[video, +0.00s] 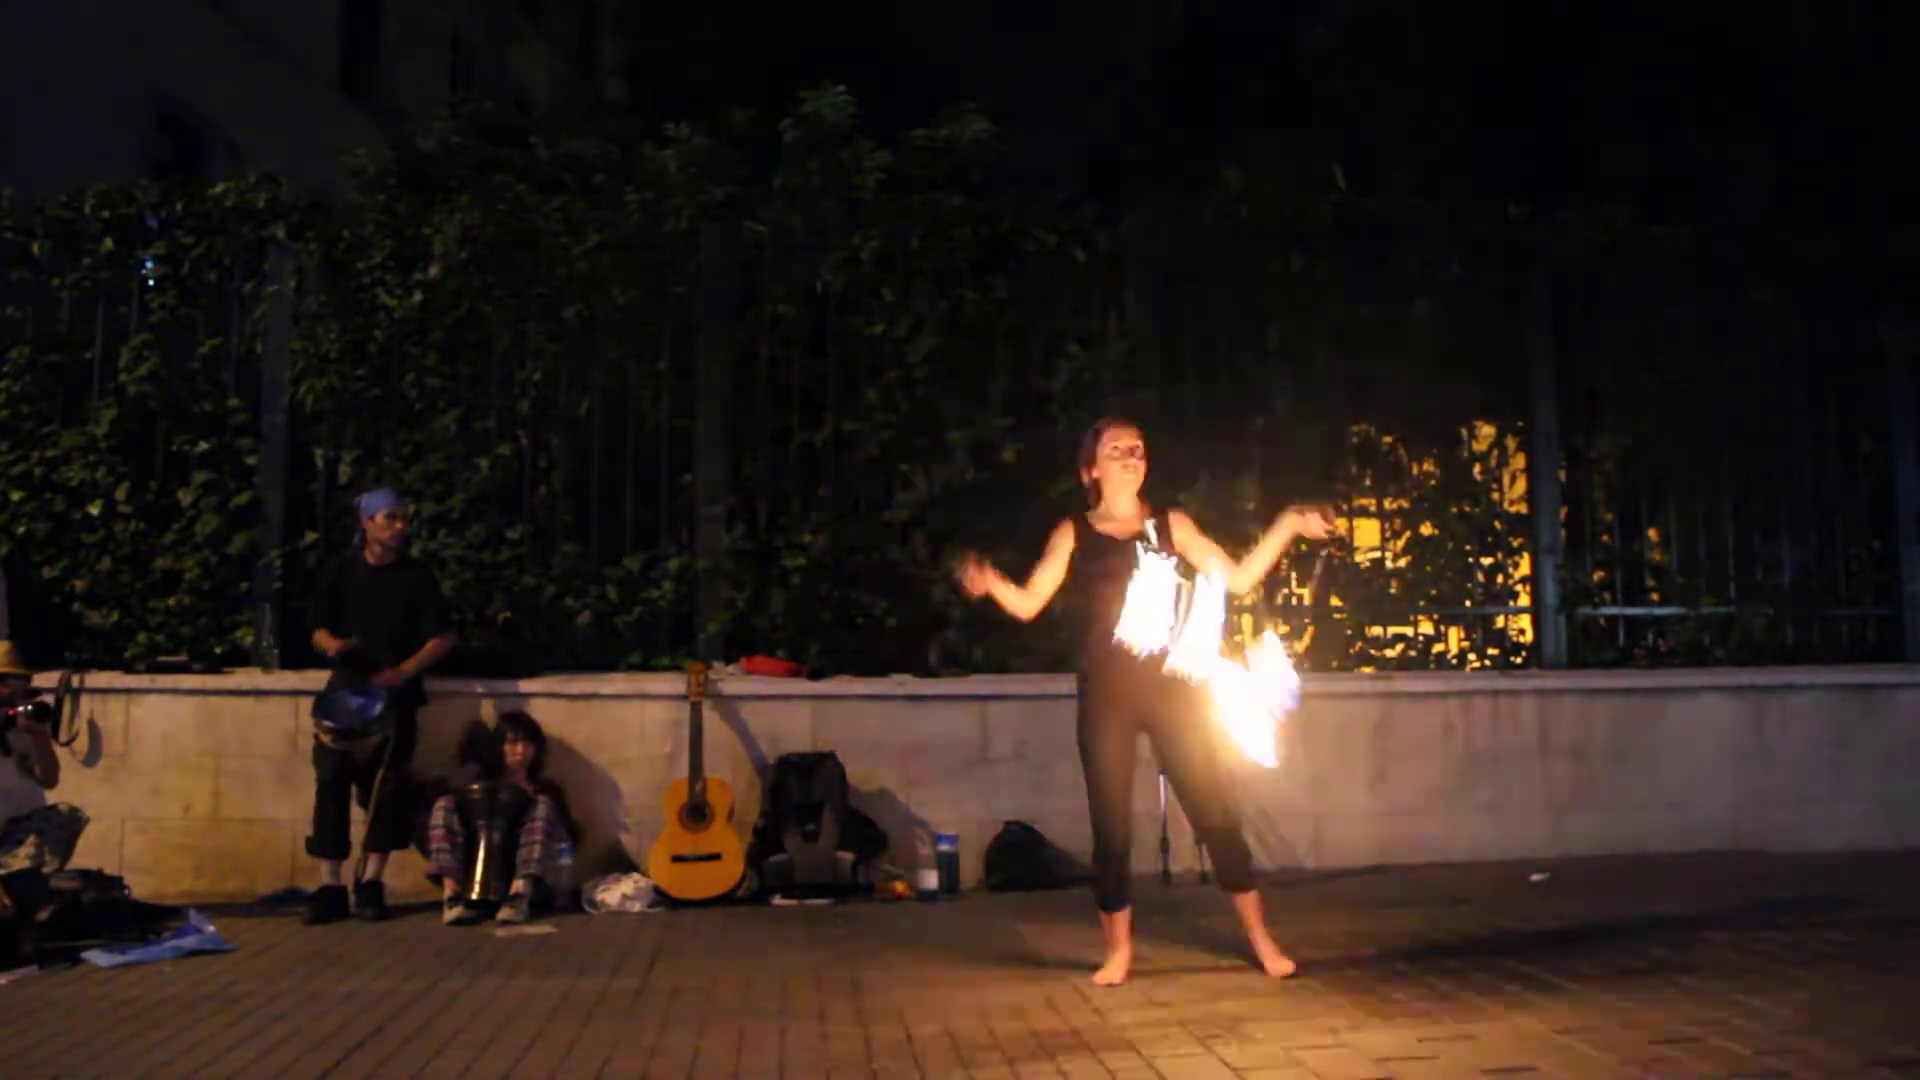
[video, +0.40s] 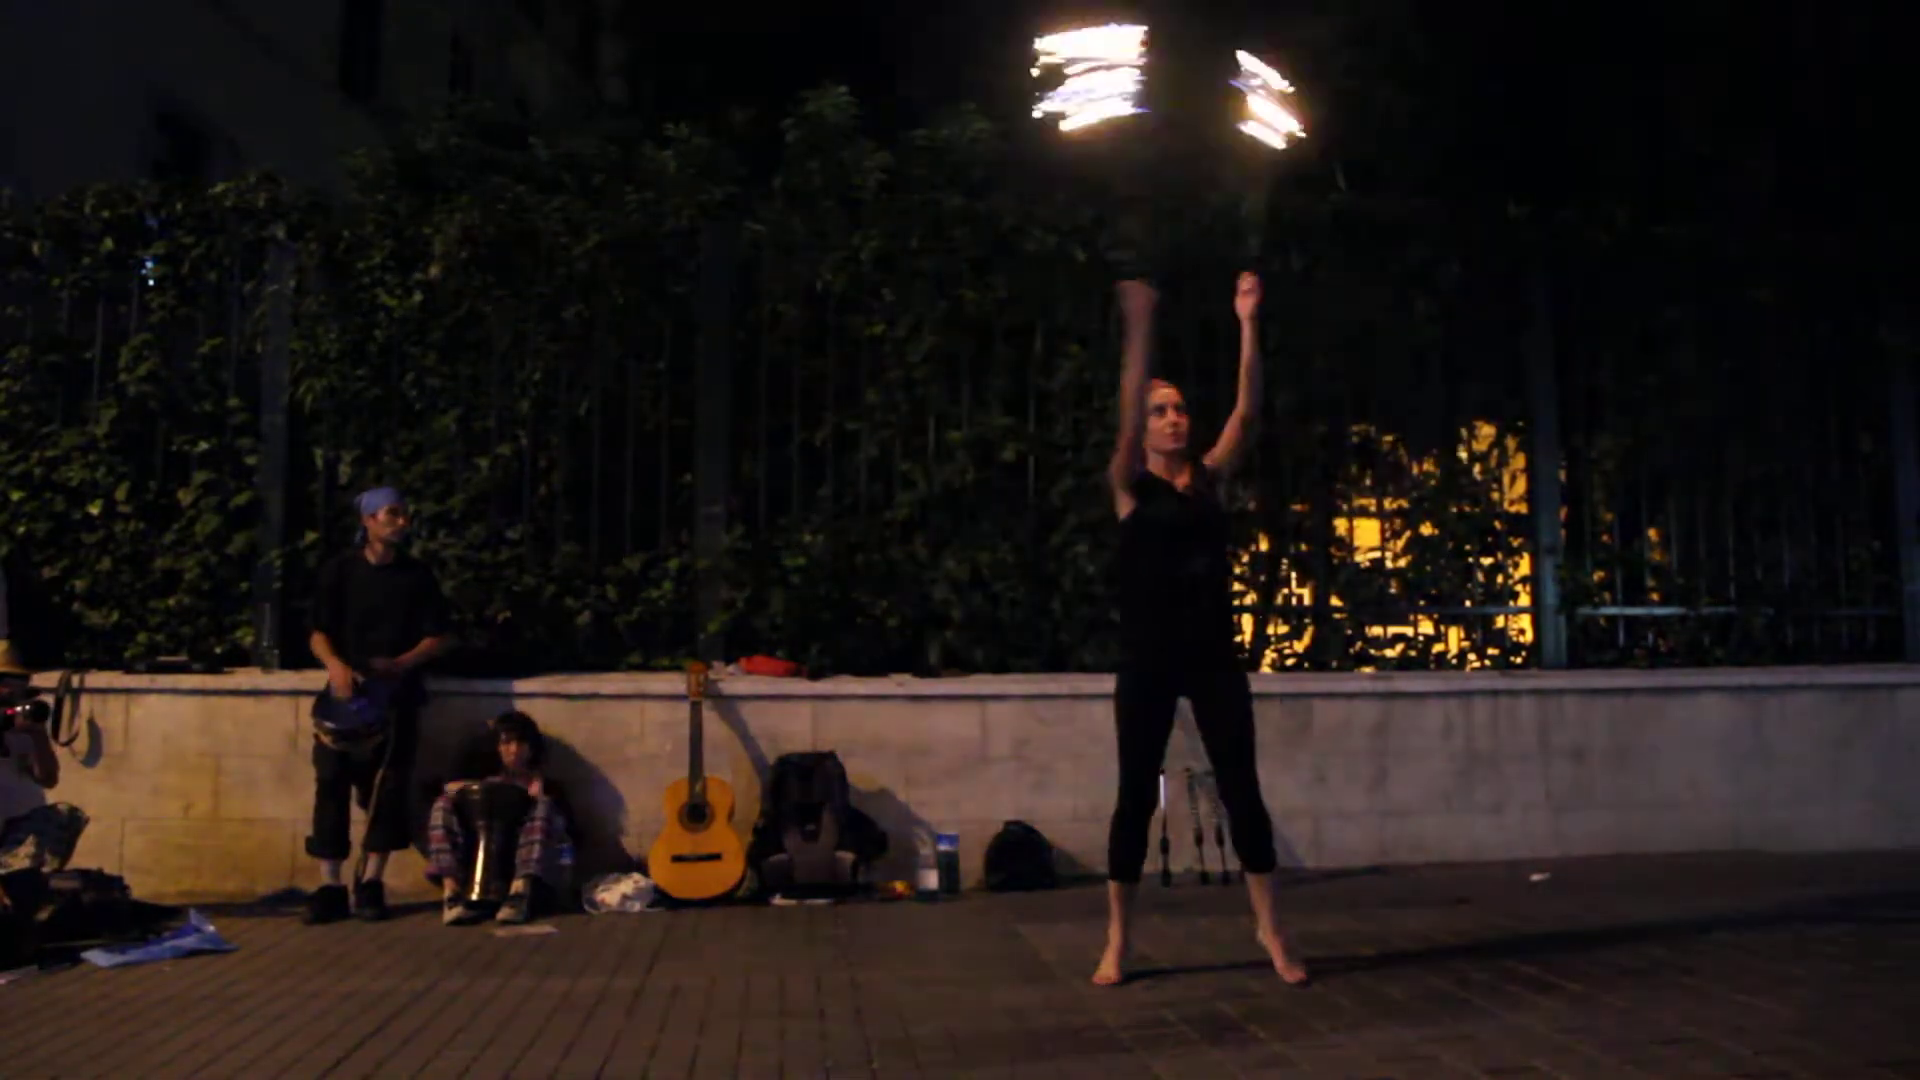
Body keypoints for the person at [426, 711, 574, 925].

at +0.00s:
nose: (520, 750)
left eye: (526, 743)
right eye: (512, 742)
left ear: (536, 749)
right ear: (498, 747)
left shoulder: (547, 790)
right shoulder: (480, 788)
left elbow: (566, 840)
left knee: (541, 806)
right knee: (444, 805)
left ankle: (520, 893)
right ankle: (451, 893)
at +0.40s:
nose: (514, 750)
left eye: (521, 743)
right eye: (507, 743)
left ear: (532, 749)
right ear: (498, 748)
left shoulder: (546, 788)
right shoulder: (484, 787)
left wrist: (541, 800)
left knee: (542, 809)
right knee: (442, 806)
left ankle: (520, 891)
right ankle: (451, 893)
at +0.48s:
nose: (513, 750)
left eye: (520, 743)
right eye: (506, 743)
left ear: (531, 748)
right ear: (498, 748)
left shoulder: (540, 778)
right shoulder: (485, 775)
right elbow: (452, 779)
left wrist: (543, 798)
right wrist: (493, 776)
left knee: (542, 808)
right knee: (444, 805)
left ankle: (520, 891)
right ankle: (451, 892)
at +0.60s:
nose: (511, 752)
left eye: (518, 744)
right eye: (505, 744)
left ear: (531, 749)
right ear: (496, 746)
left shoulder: (547, 786)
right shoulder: (483, 777)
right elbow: (440, 774)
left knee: (544, 806)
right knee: (443, 805)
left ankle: (520, 892)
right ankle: (451, 892)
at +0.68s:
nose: (511, 751)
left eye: (519, 744)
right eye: (505, 742)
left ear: (532, 751)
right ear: (496, 746)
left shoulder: (548, 787)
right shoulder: (483, 778)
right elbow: (436, 782)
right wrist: (477, 751)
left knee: (543, 805)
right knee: (444, 805)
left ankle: (520, 892)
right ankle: (451, 893)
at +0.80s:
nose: (512, 750)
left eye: (521, 743)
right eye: (507, 741)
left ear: (533, 749)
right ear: (499, 746)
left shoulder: (547, 787)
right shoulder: (489, 783)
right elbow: (449, 789)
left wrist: (543, 798)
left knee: (541, 811)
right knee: (443, 805)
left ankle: (521, 892)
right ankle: (451, 892)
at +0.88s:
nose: (516, 746)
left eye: (525, 741)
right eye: (510, 738)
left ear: (536, 750)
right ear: (501, 742)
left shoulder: (543, 782)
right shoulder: (483, 772)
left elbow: (571, 837)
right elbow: (436, 789)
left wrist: (544, 799)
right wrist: (472, 771)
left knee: (540, 811)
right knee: (443, 805)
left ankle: (520, 893)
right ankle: (451, 892)